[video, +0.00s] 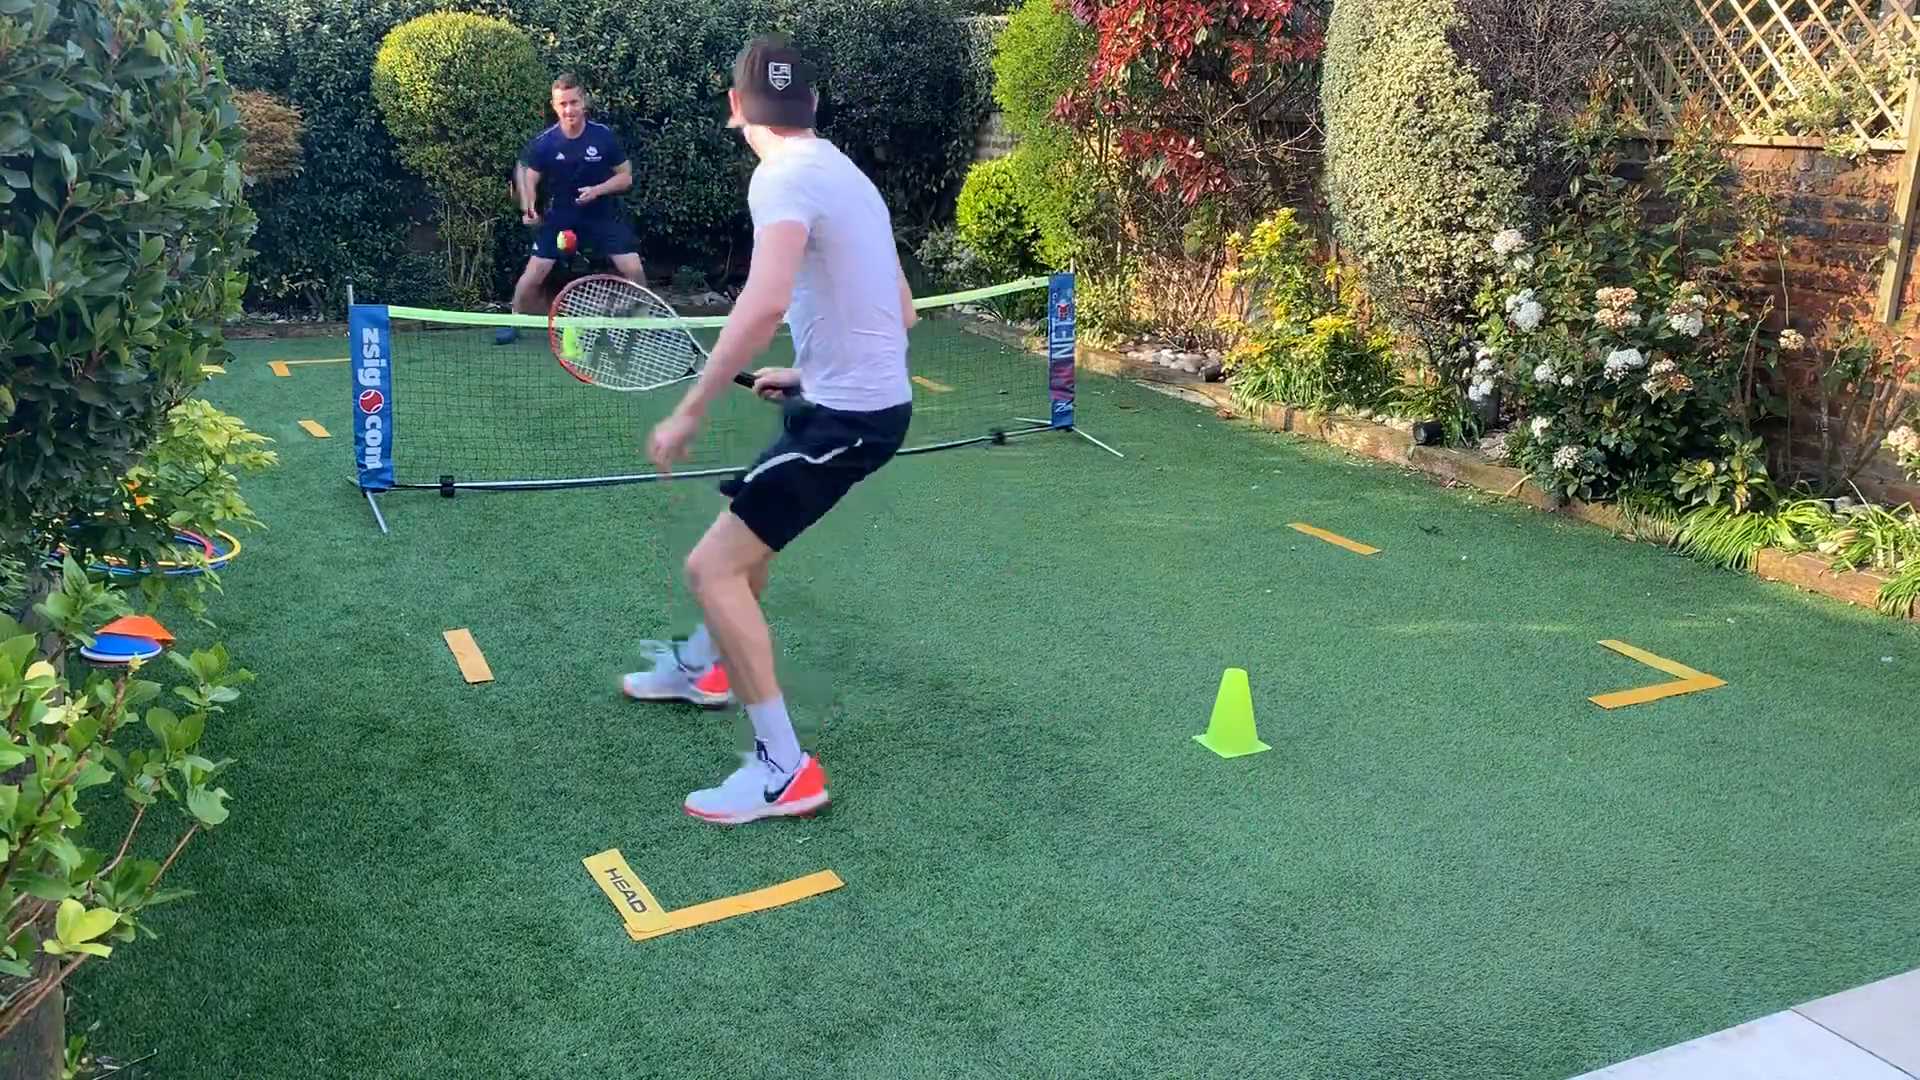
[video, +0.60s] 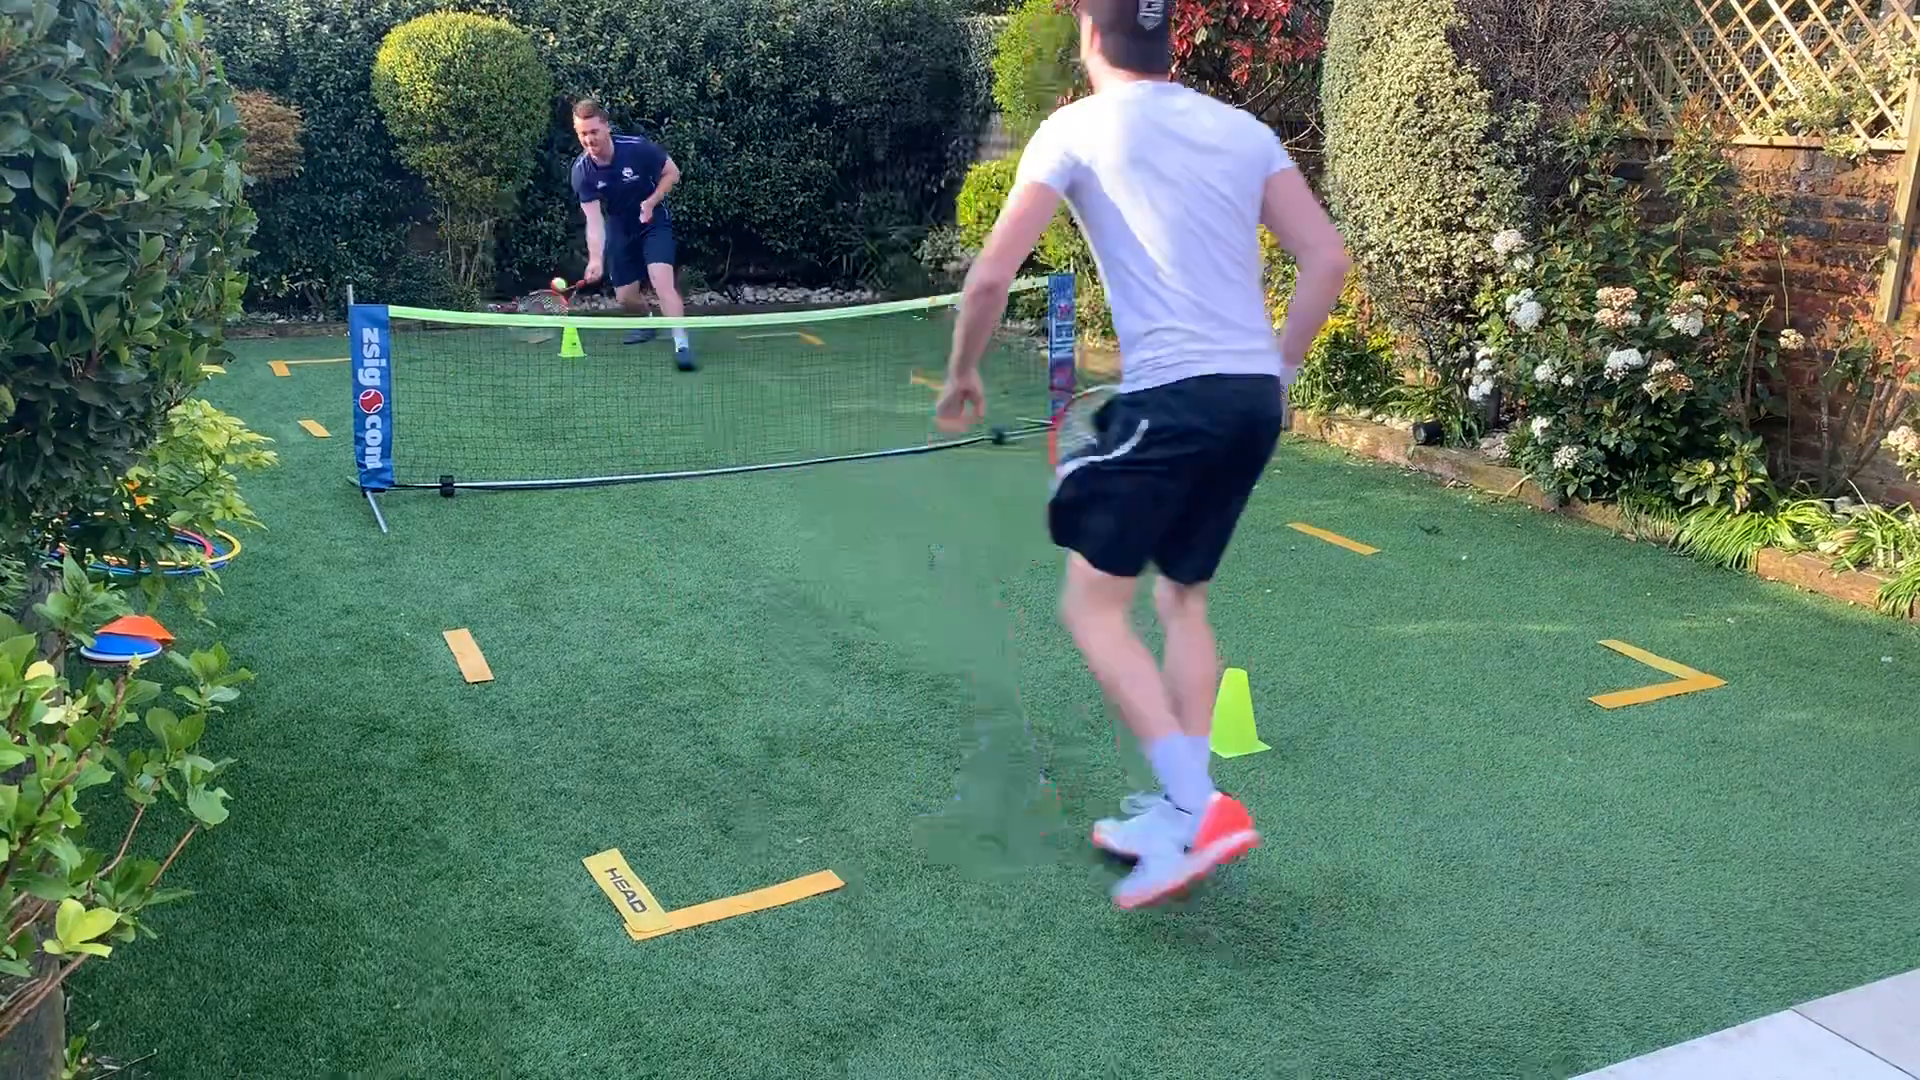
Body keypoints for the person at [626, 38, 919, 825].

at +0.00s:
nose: (730, 107)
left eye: (731, 97)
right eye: (735, 96)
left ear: (739, 107)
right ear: (809, 103)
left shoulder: (787, 176)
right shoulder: (842, 173)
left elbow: (765, 301)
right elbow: (899, 310)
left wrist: (689, 414)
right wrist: (805, 373)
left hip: (846, 410)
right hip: (865, 400)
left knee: (712, 571)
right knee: (744, 529)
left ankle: (783, 765)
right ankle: (707, 661)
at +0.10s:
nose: (787, 121)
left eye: (781, 110)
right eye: (830, 106)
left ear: (771, 118)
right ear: (850, 112)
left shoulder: (787, 190)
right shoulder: (893, 186)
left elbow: (757, 325)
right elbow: (939, 331)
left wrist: (720, 457)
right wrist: (841, 391)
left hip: (870, 425)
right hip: (916, 419)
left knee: (731, 571)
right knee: (772, 531)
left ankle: (785, 770)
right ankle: (809, 701)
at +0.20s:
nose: (829, 129)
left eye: (827, 118)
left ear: (825, 116)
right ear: (902, 109)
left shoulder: (822, 182)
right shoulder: (956, 192)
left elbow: (807, 319)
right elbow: (1001, 333)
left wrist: (796, 459)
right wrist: (921, 387)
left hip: (893, 429)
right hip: (959, 436)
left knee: (762, 570)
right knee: (837, 560)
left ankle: (786, 770)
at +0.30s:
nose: (889, 100)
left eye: (891, 88)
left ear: (896, 93)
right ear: (974, 92)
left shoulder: (890, 156)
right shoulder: (1029, 179)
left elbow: (898, 280)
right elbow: (1080, 316)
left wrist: (886, 424)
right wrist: (1018, 386)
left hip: (931, 425)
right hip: (1014, 434)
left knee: (820, 570)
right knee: (964, 615)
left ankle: (790, 770)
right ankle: (1092, 768)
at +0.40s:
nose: (964, 101)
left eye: (964, 90)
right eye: (977, 89)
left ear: (969, 92)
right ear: (1049, 96)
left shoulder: (963, 155)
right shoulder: (1099, 175)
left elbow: (946, 280)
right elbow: (1165, 321)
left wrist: (916, 425)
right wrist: (1107, 418)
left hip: (1014, 428)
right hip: (1098, 435)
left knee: (893, 575)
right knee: (1069, 637)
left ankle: (835, 765)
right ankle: (1151, 842)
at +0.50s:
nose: (1026, 77)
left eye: (1026, 65)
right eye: (1035, 64)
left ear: (1037, 71)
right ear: (1111, 69)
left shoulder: (1026, 151)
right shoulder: (1174, 163)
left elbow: (961, 292)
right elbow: (1246, 297)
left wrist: (914, 419)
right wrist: (1200, 402)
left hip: (1095, 415)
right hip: (1180, 424)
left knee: (967, 564)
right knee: (1107, 618)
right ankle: (1153, 845)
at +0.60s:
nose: (1078, 47)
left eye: (1080, 34)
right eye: (1087, 34)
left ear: (1088, 42)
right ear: (1171, 44)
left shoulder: (1075, 128)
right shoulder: (1243, 129)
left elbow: (993, 273)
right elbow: (1325, 256)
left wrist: (961, 373)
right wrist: (1280, 358)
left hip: (1172, 394)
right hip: (1257, 394)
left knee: (1093, 605)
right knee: (1184, 594)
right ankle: (1176, 811)